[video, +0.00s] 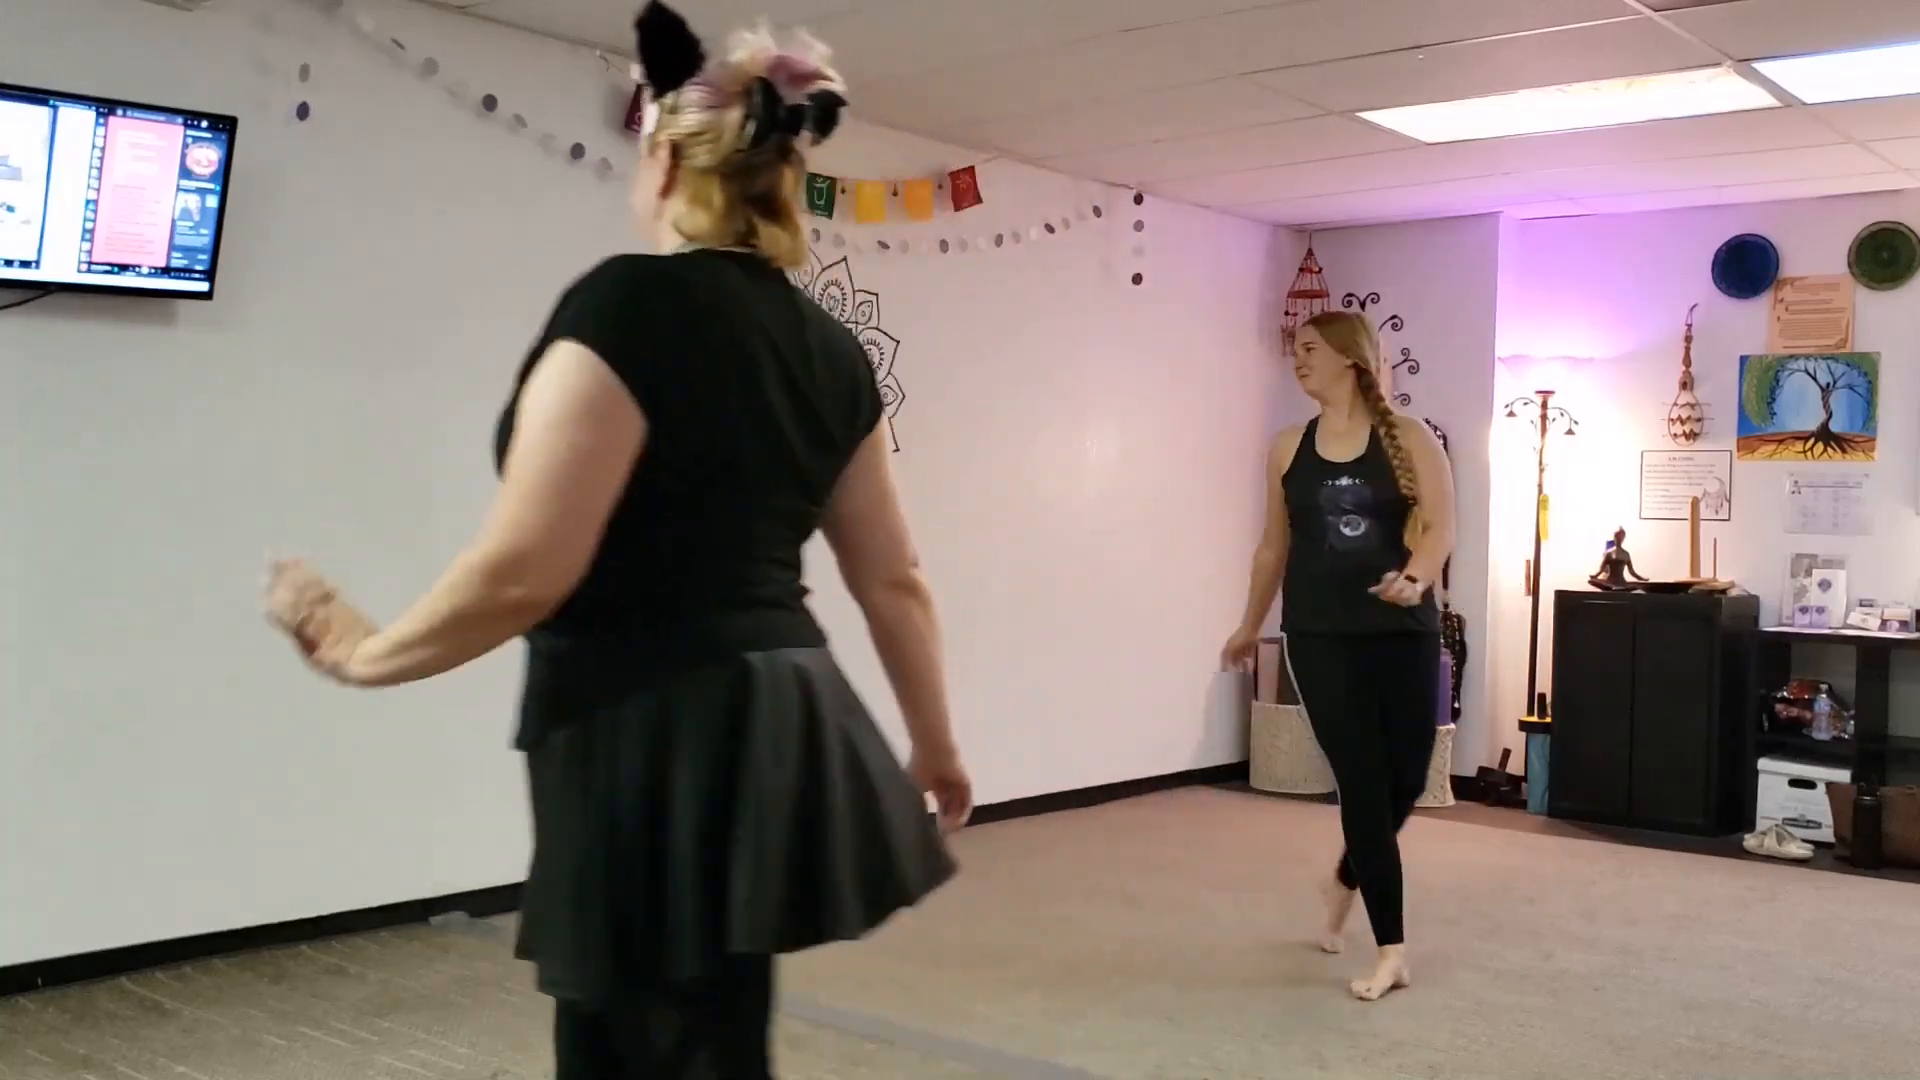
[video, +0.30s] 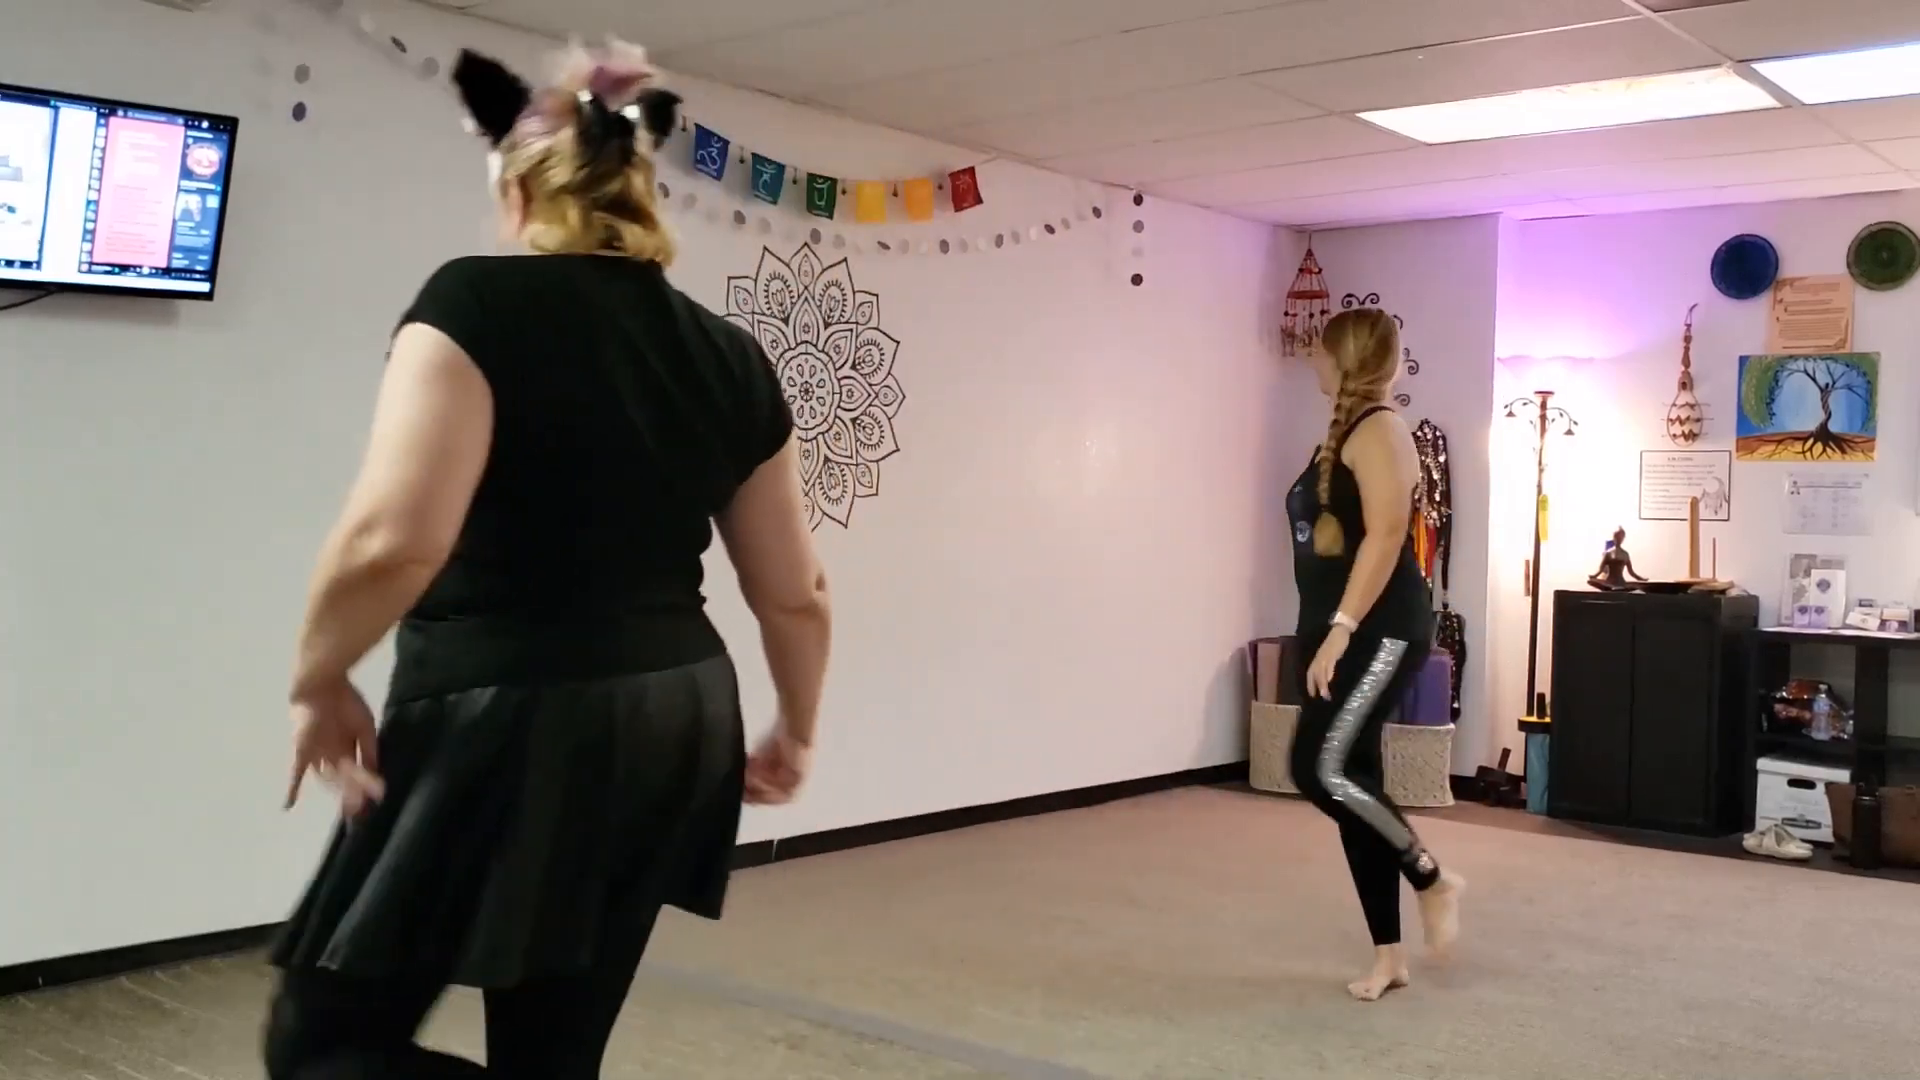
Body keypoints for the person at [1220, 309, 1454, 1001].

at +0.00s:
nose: (1298, 360)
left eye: (1310, 350)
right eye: (1297, 351)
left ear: (1353, 360)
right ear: (1307, 364)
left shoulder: (1407, 436)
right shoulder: (1290, 447)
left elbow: (1440, 525)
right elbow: (1274, 544)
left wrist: (1416, 577)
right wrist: (1249, 626)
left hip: (1402, 632)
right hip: (1320, 636)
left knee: (1405, 782)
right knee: (1362, 784)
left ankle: (1343, 879)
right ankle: (1391, 948)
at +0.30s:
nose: (1317, 364)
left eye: (1323, 352)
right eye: (1318, 352)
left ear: (1345, 359)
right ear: (1378, 358)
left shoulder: (1376, 430)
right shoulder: (1349, 432)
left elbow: (1386, 537)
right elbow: (1344, 539)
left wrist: (1339, 630)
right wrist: (1316, 627)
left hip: (1386, 626)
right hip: (1351, 625)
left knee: (1317, 768)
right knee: (1354, 789)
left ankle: (1433, 881)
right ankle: (1387, 952)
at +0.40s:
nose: (1402, 362)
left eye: (1325, 346)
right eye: (1399, 350)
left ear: (1335, 354)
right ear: (1386, 358)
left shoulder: (1356, 429)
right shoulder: (1380, 428)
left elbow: (1361, 528)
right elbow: (1371, 530)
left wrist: (1332, 625)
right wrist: (1310, 532)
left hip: (1355, 623)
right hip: (1383, 623)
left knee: (1269, 749)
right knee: (1358, 781)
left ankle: (1372, 885)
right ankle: (1392, 947)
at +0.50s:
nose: (1399, 358)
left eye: (1395, 347)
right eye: (1395, 348)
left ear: (1330, 351)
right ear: (1380, 355)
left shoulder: (1337, 423)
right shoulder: (1387, 430)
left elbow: (1335, 521)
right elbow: (1382, 527)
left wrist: (1311, 613)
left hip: (1341, 617)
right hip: (1393, 619)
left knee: (1251, 736)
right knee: (1367, 783)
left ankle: (1292, 906)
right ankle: (1403, 948)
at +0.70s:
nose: (1377, 376)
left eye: (1373, 365)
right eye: (1374, 365)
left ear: (1309, 368)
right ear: (1363, 370)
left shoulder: (1300, 441)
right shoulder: (1393, 452)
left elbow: (1276, 522)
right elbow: (1404, 541)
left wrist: (1239, 601)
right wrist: (1385, 594)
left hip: (1307, 630)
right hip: (1382, 631)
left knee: (1261, 768)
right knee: (1375, 788)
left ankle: (1204, 884)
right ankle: (1402, 957)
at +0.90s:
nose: (1342, 381)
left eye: (1336, 370)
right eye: (1338, 371)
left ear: (1273, 377)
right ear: (1328, 379)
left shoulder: (1260, 450)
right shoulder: (1362, 457)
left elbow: (1215, 526)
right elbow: (1374, 553)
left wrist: (1148, 589)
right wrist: (1349, 594)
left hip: (1266, 636)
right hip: (1344, 634)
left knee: (1246, 780)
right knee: (1353, 784)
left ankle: (1233, 915)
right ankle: (1395, 939)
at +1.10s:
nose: (1303, 371)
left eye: (1298, 359)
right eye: (1301, 361)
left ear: (1238, 374)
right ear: (1293, 373)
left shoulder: (1227, 450)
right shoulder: (1330, 450)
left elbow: (1174, 535)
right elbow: (1347, 549)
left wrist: (1084, 579)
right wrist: (1343, 624)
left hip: (1229, 627)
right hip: (1307, 627)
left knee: (1228, 768)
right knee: (1287, 766)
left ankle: (1232, 913)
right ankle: (1337, 881)